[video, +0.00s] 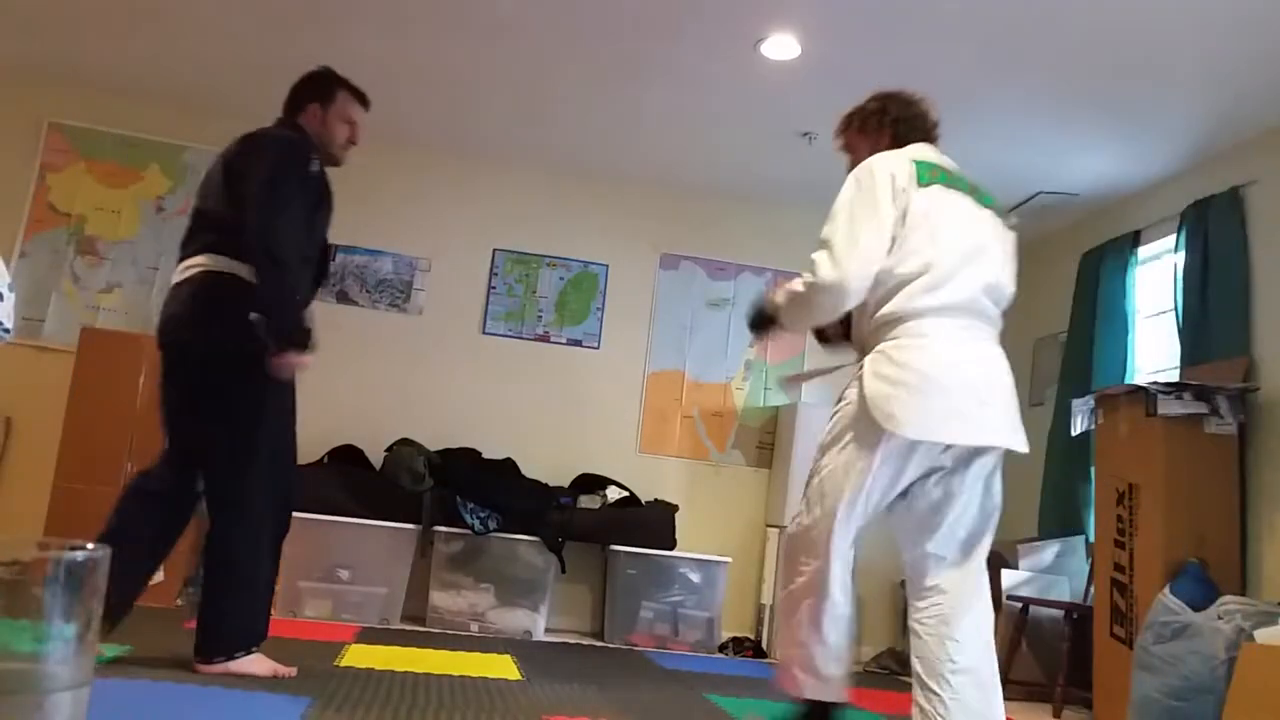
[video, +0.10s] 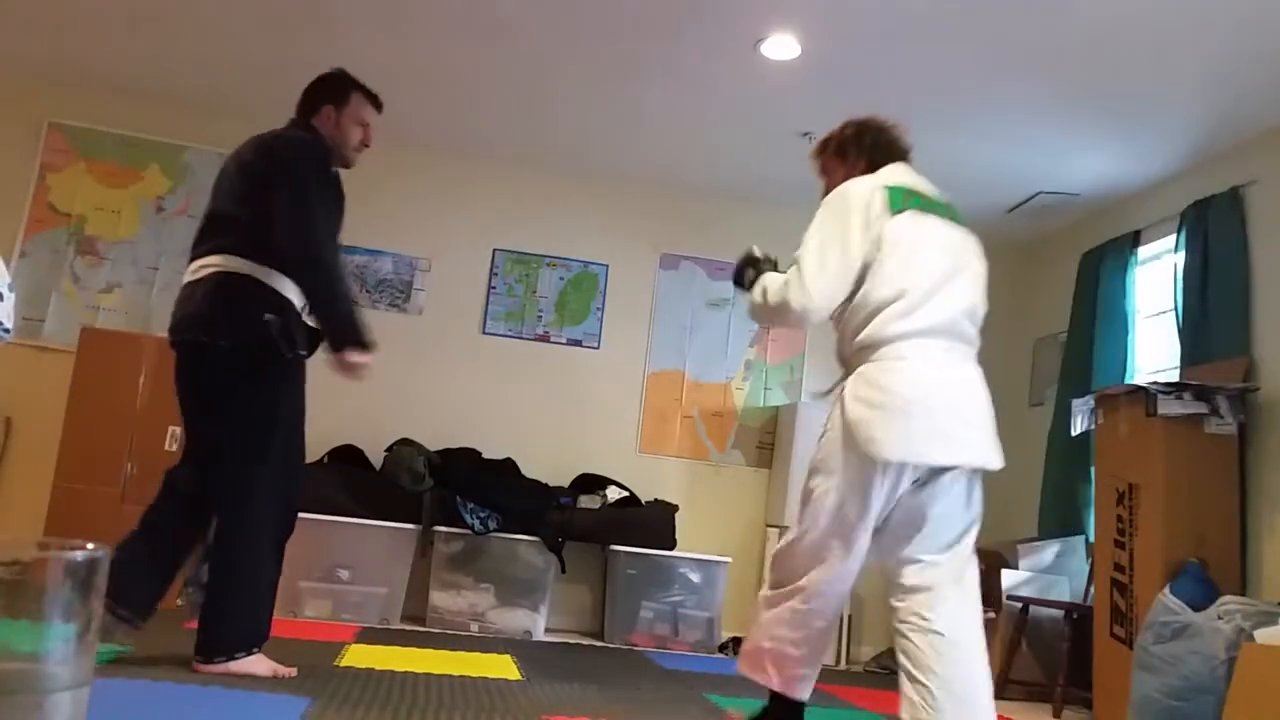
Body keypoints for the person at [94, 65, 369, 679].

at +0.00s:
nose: (356, 137)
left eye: (360, 127)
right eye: (349, 122)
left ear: (306, 118)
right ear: (314, 113)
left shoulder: (251, 150)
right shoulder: (290, 153)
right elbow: (277, 241)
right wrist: (288, 336)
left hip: (191, 314)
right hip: (239, 317)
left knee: (183, 469)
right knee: (256, 484)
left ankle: (83, 614)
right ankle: (227, 646)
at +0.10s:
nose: (368, 139)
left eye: (372, 129)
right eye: (362, 124)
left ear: (314, 118)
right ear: (327, 114)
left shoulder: (253, 151)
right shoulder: (307, 156)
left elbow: (246, 257)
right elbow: (312, 249)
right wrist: (350, 337)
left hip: (201, 322)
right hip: (256, 328)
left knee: (206, 468)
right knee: (267, 484)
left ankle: (116, 603)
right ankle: (230, 646)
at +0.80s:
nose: (406, 177)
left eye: (411, 167)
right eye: (403, 162)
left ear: (360, 150)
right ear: (372, 148)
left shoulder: (295, 183)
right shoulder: (347, 184)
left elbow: (313, 274)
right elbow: (342, 275)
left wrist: (394, 274)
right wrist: (415, 289)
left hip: (247, 338)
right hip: (306, 346)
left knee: (221, 488)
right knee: (353, 498)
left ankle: (167, 634)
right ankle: (369, 652)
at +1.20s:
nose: (429, 188)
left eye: (434, 178)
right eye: (428, 173)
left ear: (378, 159)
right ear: (395, 158)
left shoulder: (322, 193)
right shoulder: (382, 198)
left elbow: (356, 283)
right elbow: (389, 287)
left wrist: (425, 258)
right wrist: (460, 275)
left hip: (269, 345)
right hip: (332, 354)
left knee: (235, 488)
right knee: (391, 495)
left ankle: (150, 628)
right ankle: (372, 652)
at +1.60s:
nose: (446, 195)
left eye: (449, 185)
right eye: (444, 181)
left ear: (402, 165)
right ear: (416, 166)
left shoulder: (338, 197)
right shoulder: (402, 204)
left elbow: (374, 283)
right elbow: (420, 286)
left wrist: (443, 258)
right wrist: (479, 268)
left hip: (282, 351)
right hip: (349, 360)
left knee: (234, 484)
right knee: (397, 498)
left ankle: (141, 617)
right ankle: (389, 654)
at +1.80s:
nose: (428, 199)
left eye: (431, 190)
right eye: (426, 186)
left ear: (378, 172)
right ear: (397, 172)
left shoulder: (324, 206)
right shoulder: (389, 209)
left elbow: (361, 282)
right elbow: (406, 288)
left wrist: (425, 252)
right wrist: (470, 251)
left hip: (267, 355)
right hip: (334, 364)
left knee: (215, 495)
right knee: (401, 495)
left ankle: (122, 626)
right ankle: (396, 648)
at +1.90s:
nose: (424, 201)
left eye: (427, 193)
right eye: (421, 190)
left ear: (371, 183)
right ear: (392, 180)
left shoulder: (315, 214)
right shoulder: (399, 219)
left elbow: (315, 297)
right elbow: (461, 270)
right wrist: (496, 226)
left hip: (251, 362)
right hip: (324, 372)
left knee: (191, 493)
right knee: (377, 511)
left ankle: (122, 613)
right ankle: (395, 652)